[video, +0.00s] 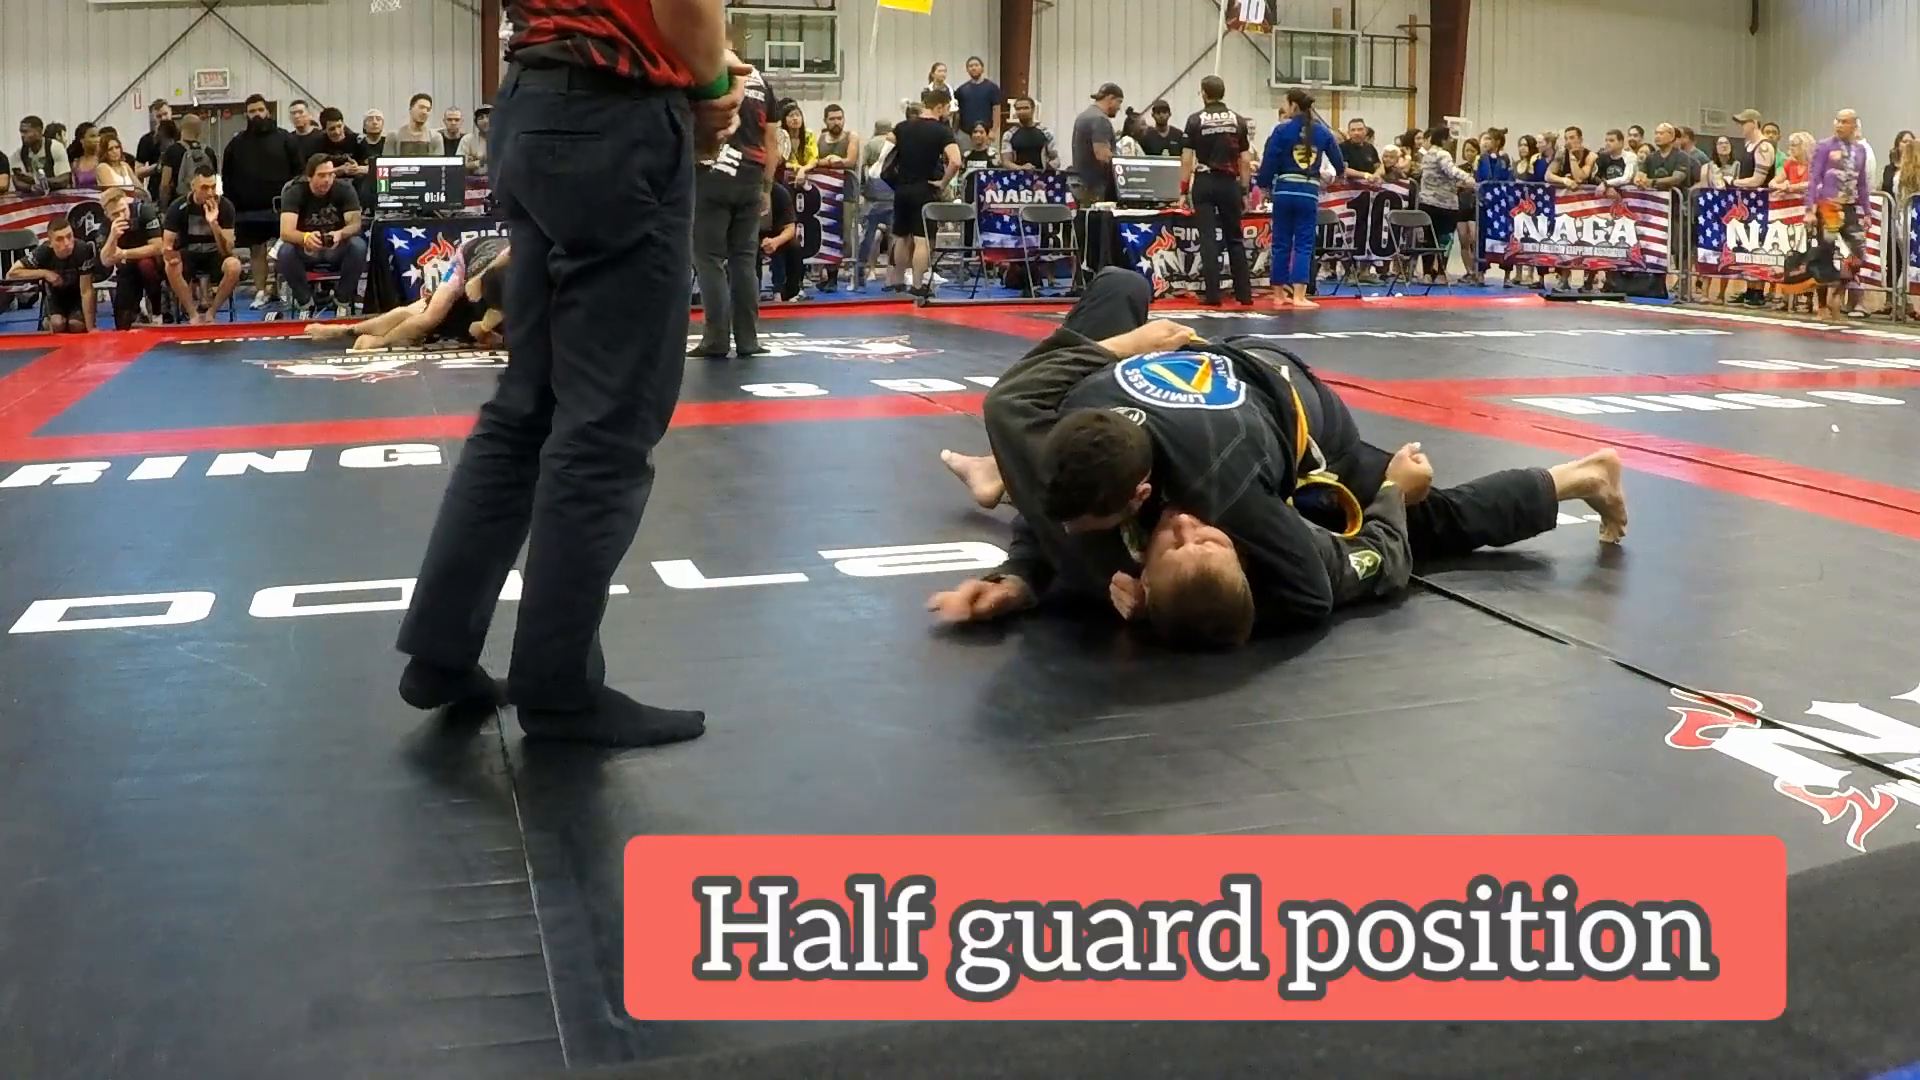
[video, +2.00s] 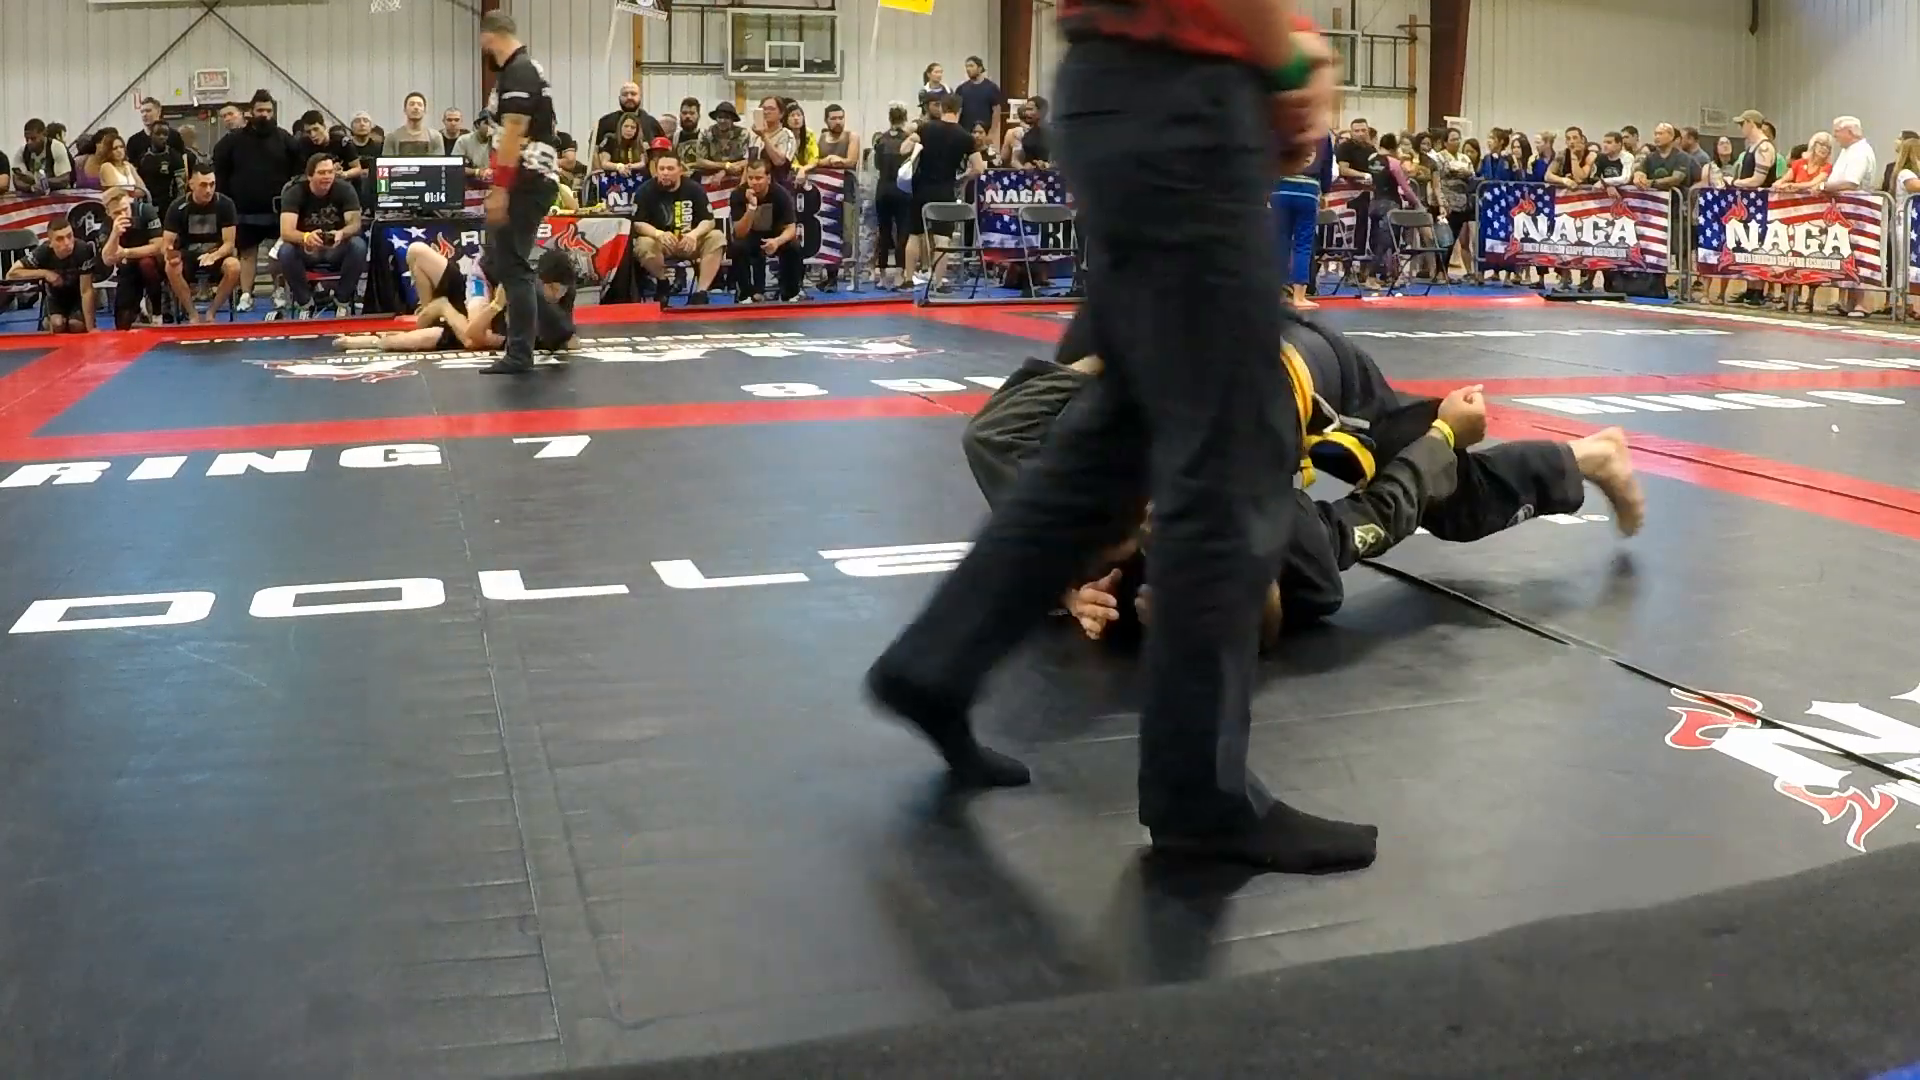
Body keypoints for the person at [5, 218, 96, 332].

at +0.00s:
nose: (67, 243)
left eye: (69, 237)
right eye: (60, 239)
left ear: (73, 235)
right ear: (50, 241)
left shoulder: (83, 249)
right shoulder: (44, 251)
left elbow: (86, 290)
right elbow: (12, 273)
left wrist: (91, 328)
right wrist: (44, 273)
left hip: (78, 291)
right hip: (56, 291)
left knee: (76, 325)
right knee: (58, 323)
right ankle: (46, 323)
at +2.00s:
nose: (67, 243)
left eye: (69, 237)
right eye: (60, 239)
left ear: (73, 235)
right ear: (50, 241)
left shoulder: (83, 249)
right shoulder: (44, 251)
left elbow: (86, 290)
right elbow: (12, 274)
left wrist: (91, 328)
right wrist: (44, 273)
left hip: (78, 293)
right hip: (55, 293)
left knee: (76, 325)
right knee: (58, 323)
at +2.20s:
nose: (67, 243)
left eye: (69, 237)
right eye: (60, 239)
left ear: (73, 235)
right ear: (50, 241)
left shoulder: (83, 249)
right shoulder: (44, 251)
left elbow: (86, 290)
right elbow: (12, 274)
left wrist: (91, 328)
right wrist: (44, 273)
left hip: (78, 292)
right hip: (55, 292)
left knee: (76, 325)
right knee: (58, 323)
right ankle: (46, 323)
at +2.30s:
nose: (67, 243)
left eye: (69, 237)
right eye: (60, 239)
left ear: (73, 235)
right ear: (50, 241)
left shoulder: (83, 250)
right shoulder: (44, 251)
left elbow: (86, 290)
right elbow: (12, 274)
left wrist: (91, 328)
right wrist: (44, 273)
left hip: (78, 291)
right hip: (55, 292)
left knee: (76, 325)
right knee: (58, 324)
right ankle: (46, 323)